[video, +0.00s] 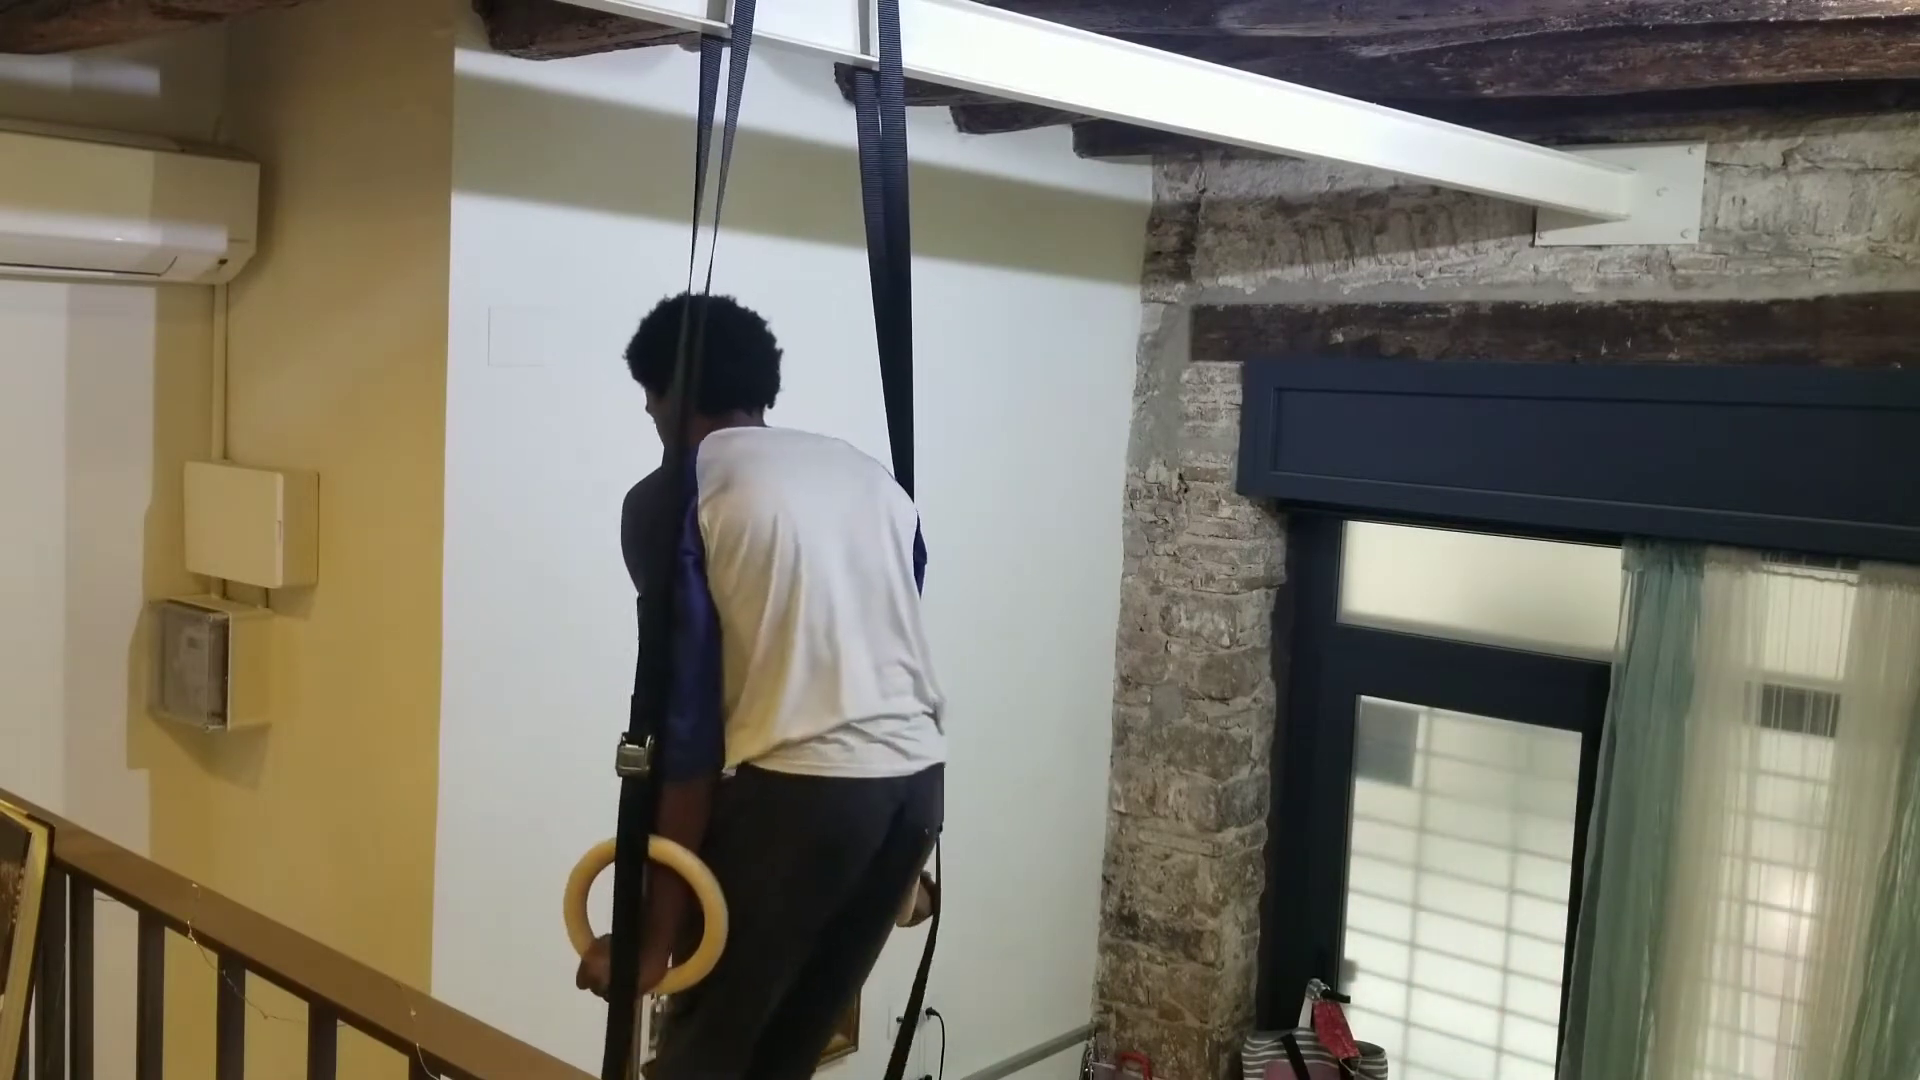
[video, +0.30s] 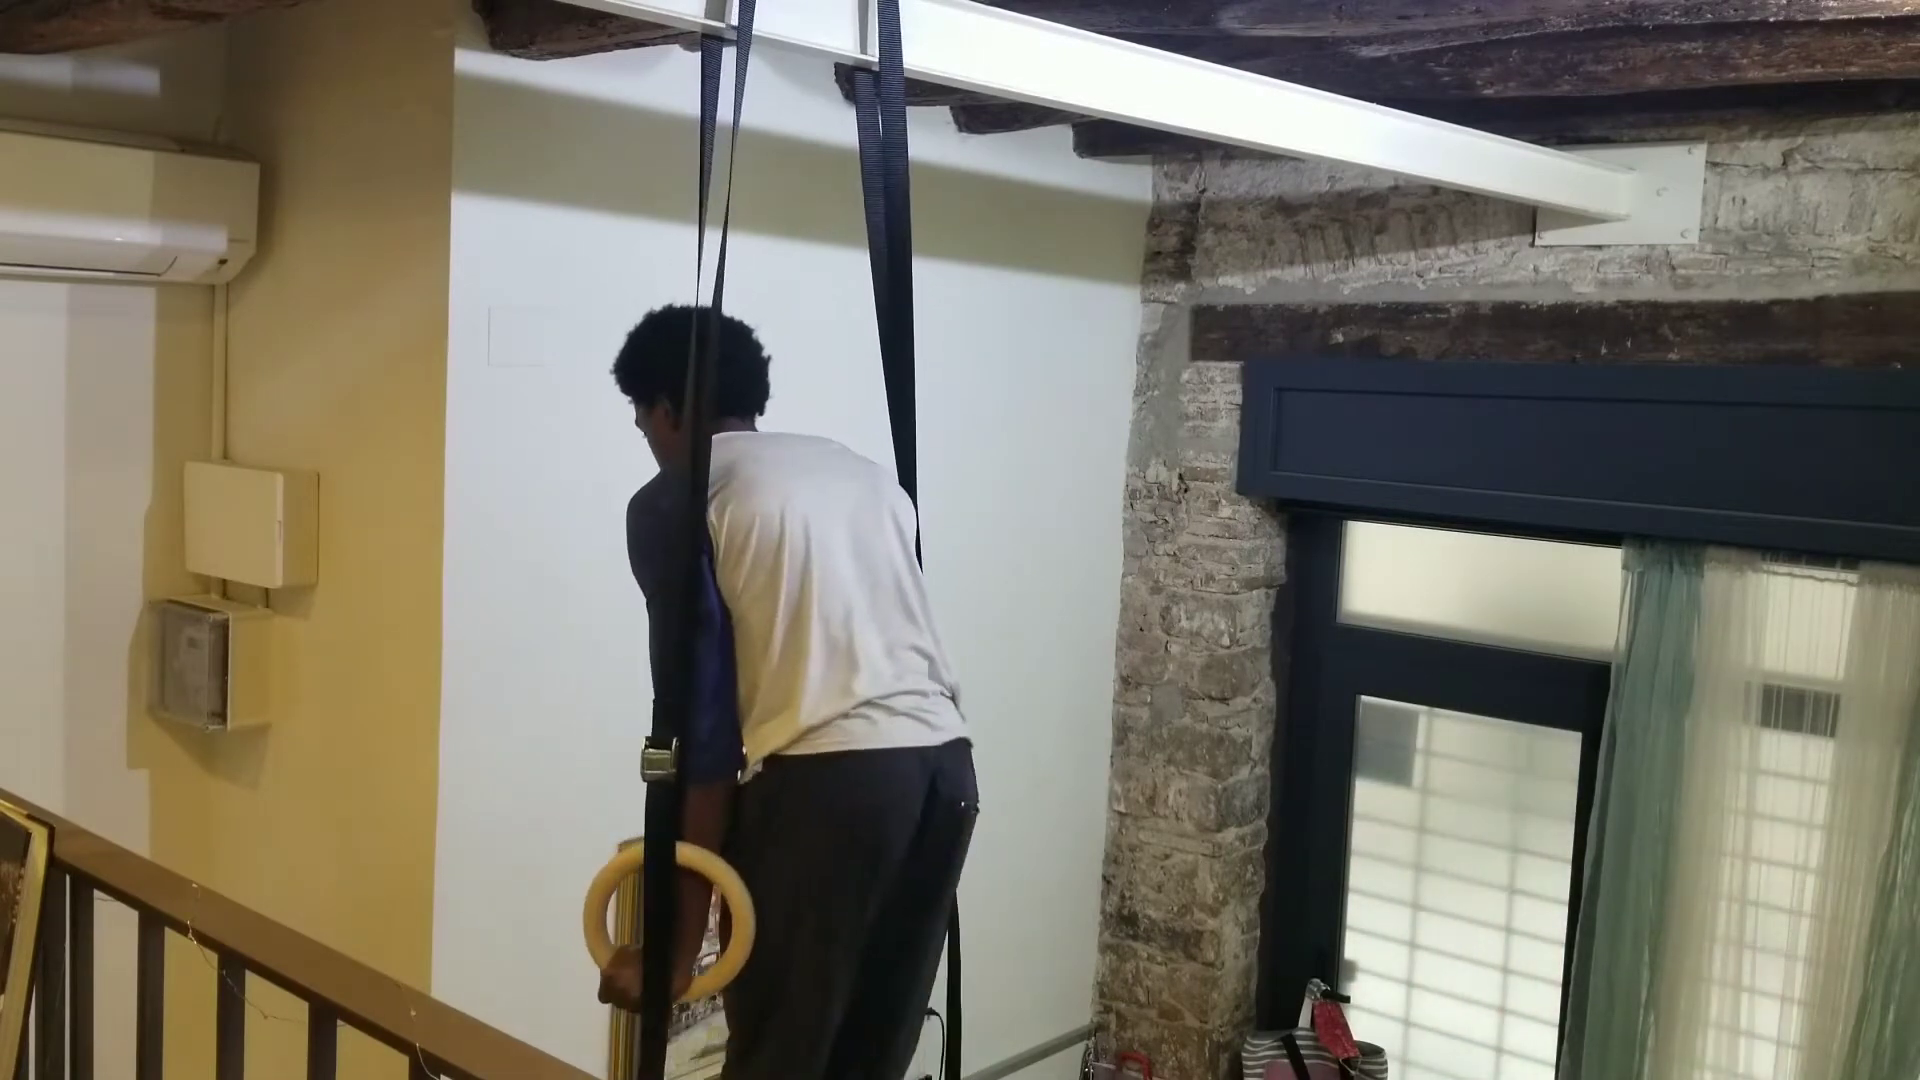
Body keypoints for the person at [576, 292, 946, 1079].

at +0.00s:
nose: (655, 418)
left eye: (653, 396)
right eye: (649, 399)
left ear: (679, 389)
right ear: (761, 384)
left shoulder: (673, 494)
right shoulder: (876, 480)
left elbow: (688, 724)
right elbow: (902, 654)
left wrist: (654, 937)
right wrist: (916, 853)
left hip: (792, 802)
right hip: (908, 804)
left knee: (703, 1050)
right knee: (789, 1053)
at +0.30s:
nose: (646, 441)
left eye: (643, 421)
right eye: (641, 422)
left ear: (667, 408)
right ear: (751, 398)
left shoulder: (677, 499)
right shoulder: (868, 470)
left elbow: (705, 737)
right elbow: (902, 661)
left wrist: (671, 956)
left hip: (826, 788)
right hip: (945, 781)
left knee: (778, 1055)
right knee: (875, 1054)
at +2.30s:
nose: (609, 471)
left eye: (604, 456)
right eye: (601, 459)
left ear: (626, 427)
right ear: (702, 408)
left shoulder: (629, 499)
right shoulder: (827, 481)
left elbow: (639, 680)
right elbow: (853, 658)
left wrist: (648, 862)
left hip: (758, 814)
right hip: (873, 805)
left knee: (771, 1061)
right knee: (878, 1062)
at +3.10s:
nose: (614, 448)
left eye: (610, 430)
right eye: (610, 432)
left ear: (631, 421)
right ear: (714, 405)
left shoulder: (630, 503)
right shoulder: (831, 492)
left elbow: (633, 714)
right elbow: (876, 682)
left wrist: (634, 921)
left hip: (757, 798)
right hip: (878, 783)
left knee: (815, 1056)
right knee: (938, 1047)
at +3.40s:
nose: (634, 447)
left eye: (632, 428)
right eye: (629, 429)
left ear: (656, 422)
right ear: (739, 407)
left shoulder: (656, 499)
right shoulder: (844, 486)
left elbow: (653, 729)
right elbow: (901, 680)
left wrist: (623, 941)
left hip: (799, 810)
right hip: (920, 799)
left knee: (803, 1062)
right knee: (908, 1060)